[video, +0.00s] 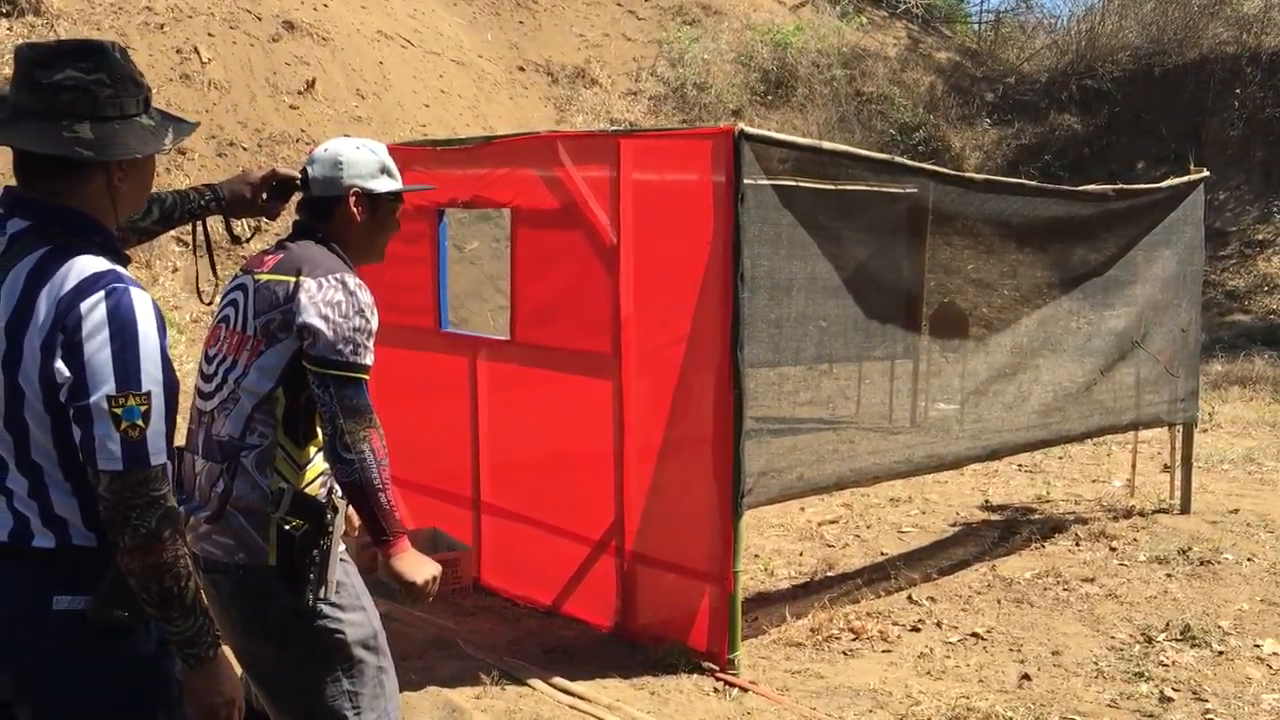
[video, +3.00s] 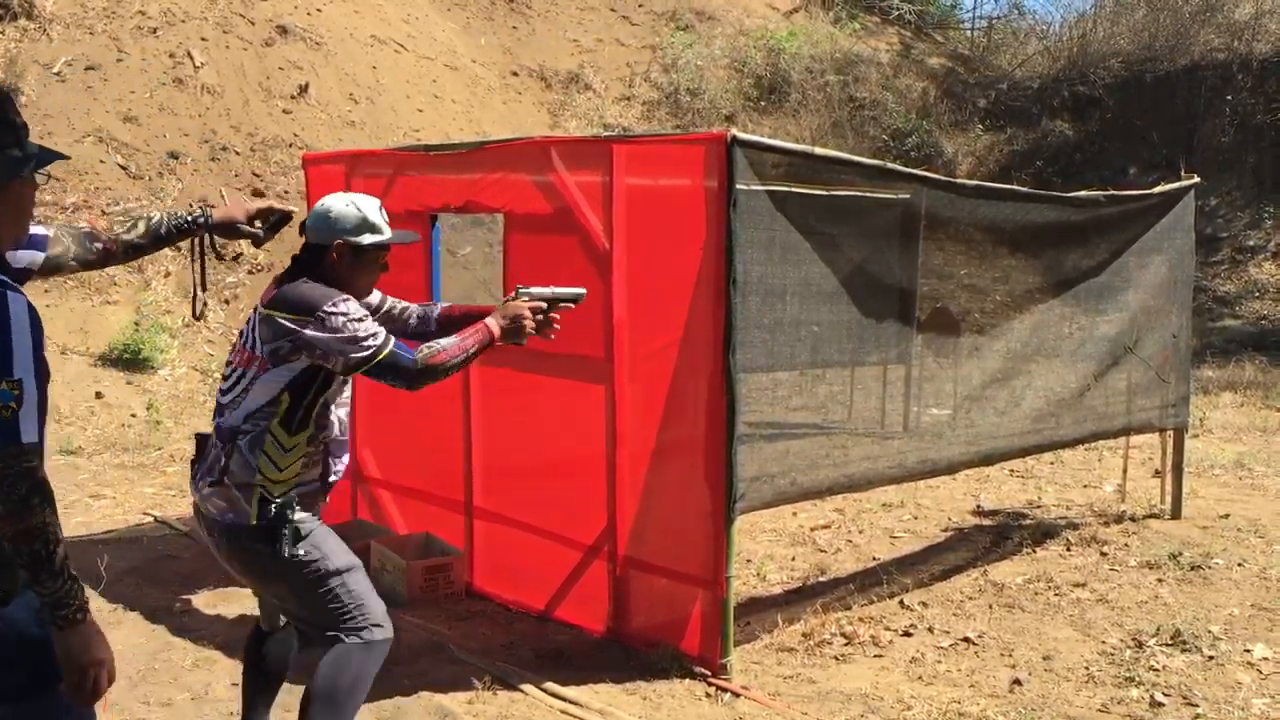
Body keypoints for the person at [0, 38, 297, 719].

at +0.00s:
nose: (159, 167)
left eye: (159, 151)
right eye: (152, 152)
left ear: (26, 156)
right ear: (116, 170)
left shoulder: (12, 239)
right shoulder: (108, 304)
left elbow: (107, 226)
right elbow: (141, 519)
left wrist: (221, 196)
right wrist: (203, 650)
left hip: (13, 578)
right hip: (89, 609)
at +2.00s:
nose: (182, 189)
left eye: (182, 176)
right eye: (174, 177)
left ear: (53, 167)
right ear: (134, 194)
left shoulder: (14, 228)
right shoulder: (113, 322)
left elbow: (146, 221)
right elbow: (128, 533)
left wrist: (272, 206)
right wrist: (187, 677)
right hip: (68, 607)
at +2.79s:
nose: (106, 197)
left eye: (103, 182)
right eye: (95, 183)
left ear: (39, 198)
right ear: (52, 200)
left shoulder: (17, 274)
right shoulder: (42, 316)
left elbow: (95, 230)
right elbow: (66, 515)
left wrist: (210, 189)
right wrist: (134, 646)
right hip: (41, 627)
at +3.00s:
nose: (39, 192)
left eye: (35, 177)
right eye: (30, 177)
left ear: (8, 191)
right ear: (2, 191)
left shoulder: (9, 257)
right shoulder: (12, 315)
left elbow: (94, 242)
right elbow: (18, 482)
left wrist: (211, 218)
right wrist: (70, 614)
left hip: (19, 576)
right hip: (18, 588)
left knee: (59, 685)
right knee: (63, 693)